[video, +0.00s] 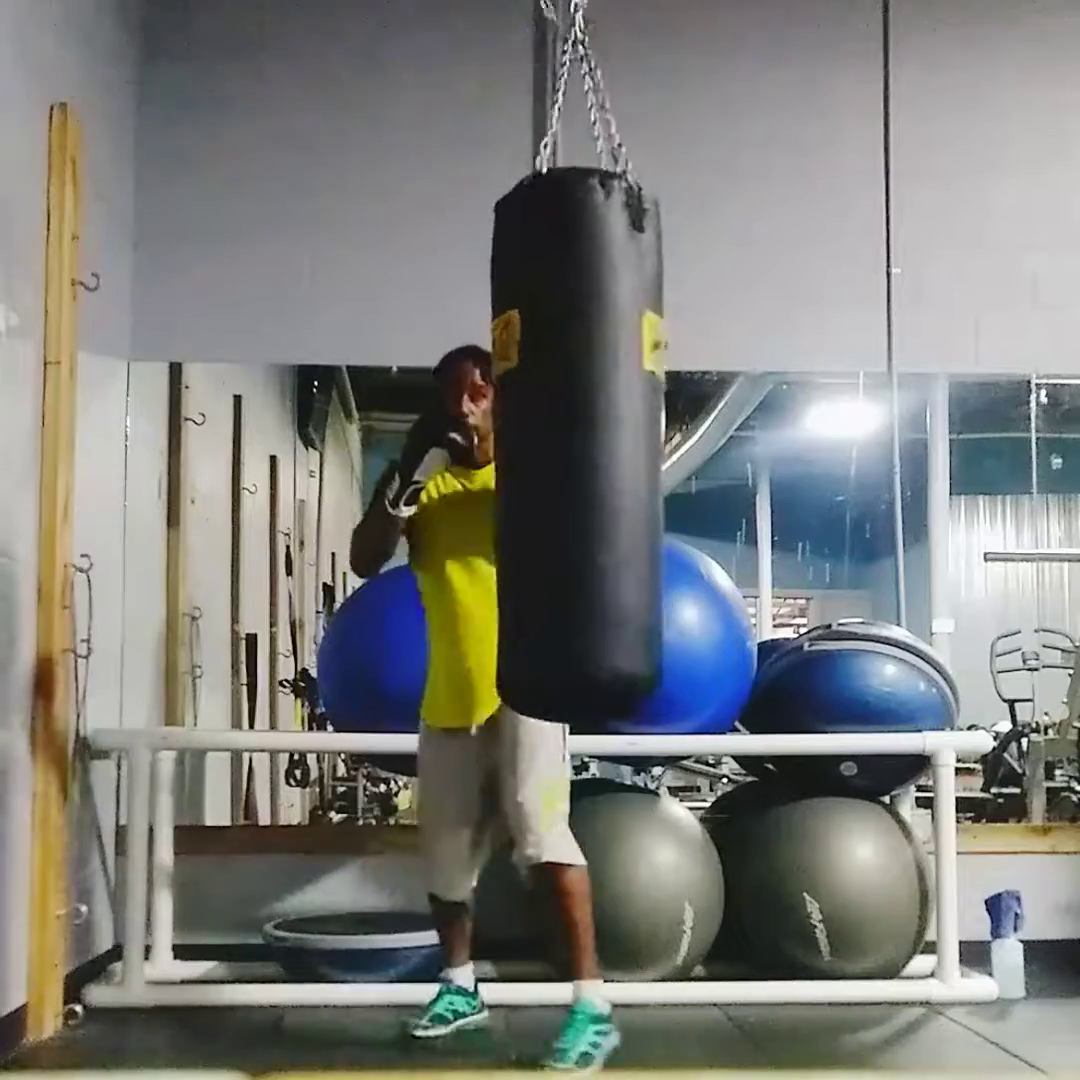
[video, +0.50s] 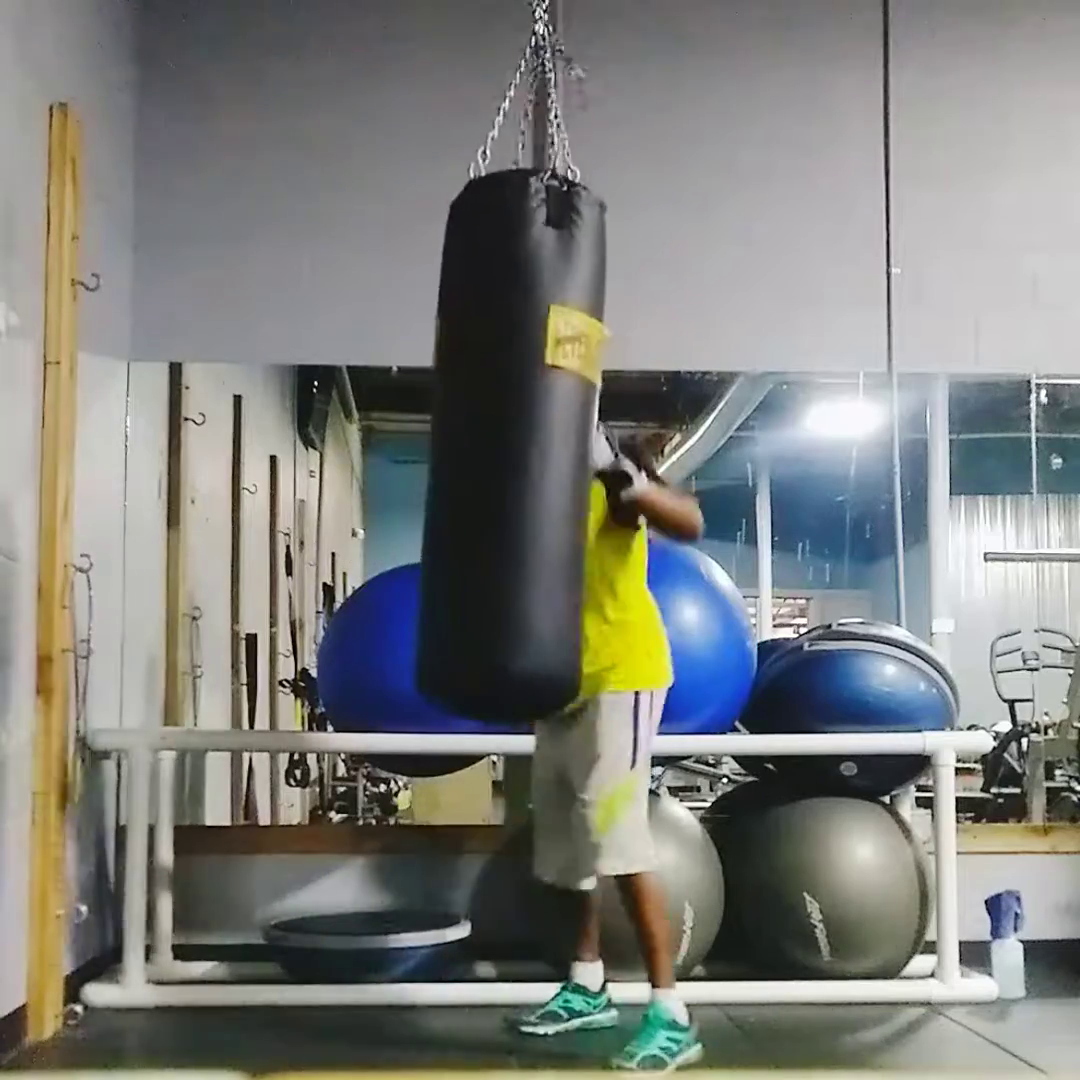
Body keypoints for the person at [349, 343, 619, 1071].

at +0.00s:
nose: (465, 404)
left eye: (479, 391)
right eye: (455, 393)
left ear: (505, 400)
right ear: (439, 403)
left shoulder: (534, 472)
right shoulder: (423, 482)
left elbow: (577, 504)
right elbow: (365, 559)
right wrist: (406, 471)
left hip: (528, 682)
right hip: (452, 687)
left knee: (545, 836)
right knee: (445, 851)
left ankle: (590, 1003)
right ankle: (460, 991)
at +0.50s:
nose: (544, 416)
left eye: (555, 405)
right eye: (536, 406)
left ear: (577, 410)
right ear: (526, 419)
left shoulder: (615, 460)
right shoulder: (522, 473)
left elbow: (689, 520)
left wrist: (629, 480)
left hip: (622, 668)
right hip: (559, 674)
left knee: (622, 838)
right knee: (569, 843)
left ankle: (669, 1013)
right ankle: (587, 988)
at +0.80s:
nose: (562, 406)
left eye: (575, 392)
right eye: (556, 395)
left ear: (609, 395)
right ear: (549, 403)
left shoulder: (660, 459)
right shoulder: (549, 479)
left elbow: (718, 533)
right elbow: (517, 562)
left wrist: (639, 490)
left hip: (679, 668)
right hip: (619, 677)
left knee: (645, 823)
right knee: (653, 827)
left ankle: (679, 1012)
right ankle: (717, 983)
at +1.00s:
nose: (553, 412)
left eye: (562, 396)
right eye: (551, 398)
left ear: (599, 391)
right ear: (578, 400)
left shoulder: (657, 449)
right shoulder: (587, 485)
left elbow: (695, 482)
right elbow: (537, 569)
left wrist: (613, 432)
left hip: (700, 666)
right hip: (662, 672)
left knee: (677, 831)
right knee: (696, 834)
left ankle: (715, 1019)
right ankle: (717, 995)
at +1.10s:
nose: (573, 411)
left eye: (579, 396)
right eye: (571, 397)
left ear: (607, 392)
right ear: (615, 386)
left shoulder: (676, 444)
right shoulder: (605, 479)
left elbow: (652, 436)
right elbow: (548, 555)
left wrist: (571, 404)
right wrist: (502, 507)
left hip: (722, 659)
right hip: (684, 665)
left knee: (709, 839)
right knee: (696, 839)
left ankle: (720, 1029)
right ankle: (726, 997)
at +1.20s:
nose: (584, 400)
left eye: (592, 386)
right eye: (585, 388)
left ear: (632, 386)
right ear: (631, 388)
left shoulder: (694, 434)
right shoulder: (627, 469)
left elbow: (690, 477)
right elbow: (586, 548)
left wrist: (591, 436)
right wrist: (541, 504)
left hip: (735, 661)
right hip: (695, 668)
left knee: (713, 834)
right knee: (725, 829)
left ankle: (721, 1031)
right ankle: (773, 982)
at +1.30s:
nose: (619, 381)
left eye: (626, 367)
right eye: (620, 369)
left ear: (659, 370)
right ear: (662, 370)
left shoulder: (714, 435)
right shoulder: (653, 454)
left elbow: (737, 514)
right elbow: (645, 555)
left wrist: (642, 500)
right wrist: (587, 519)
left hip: (747, 663)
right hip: (711, 665)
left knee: (721, 836)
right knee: (742, 828)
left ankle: (721, 1030)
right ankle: (831, 967)